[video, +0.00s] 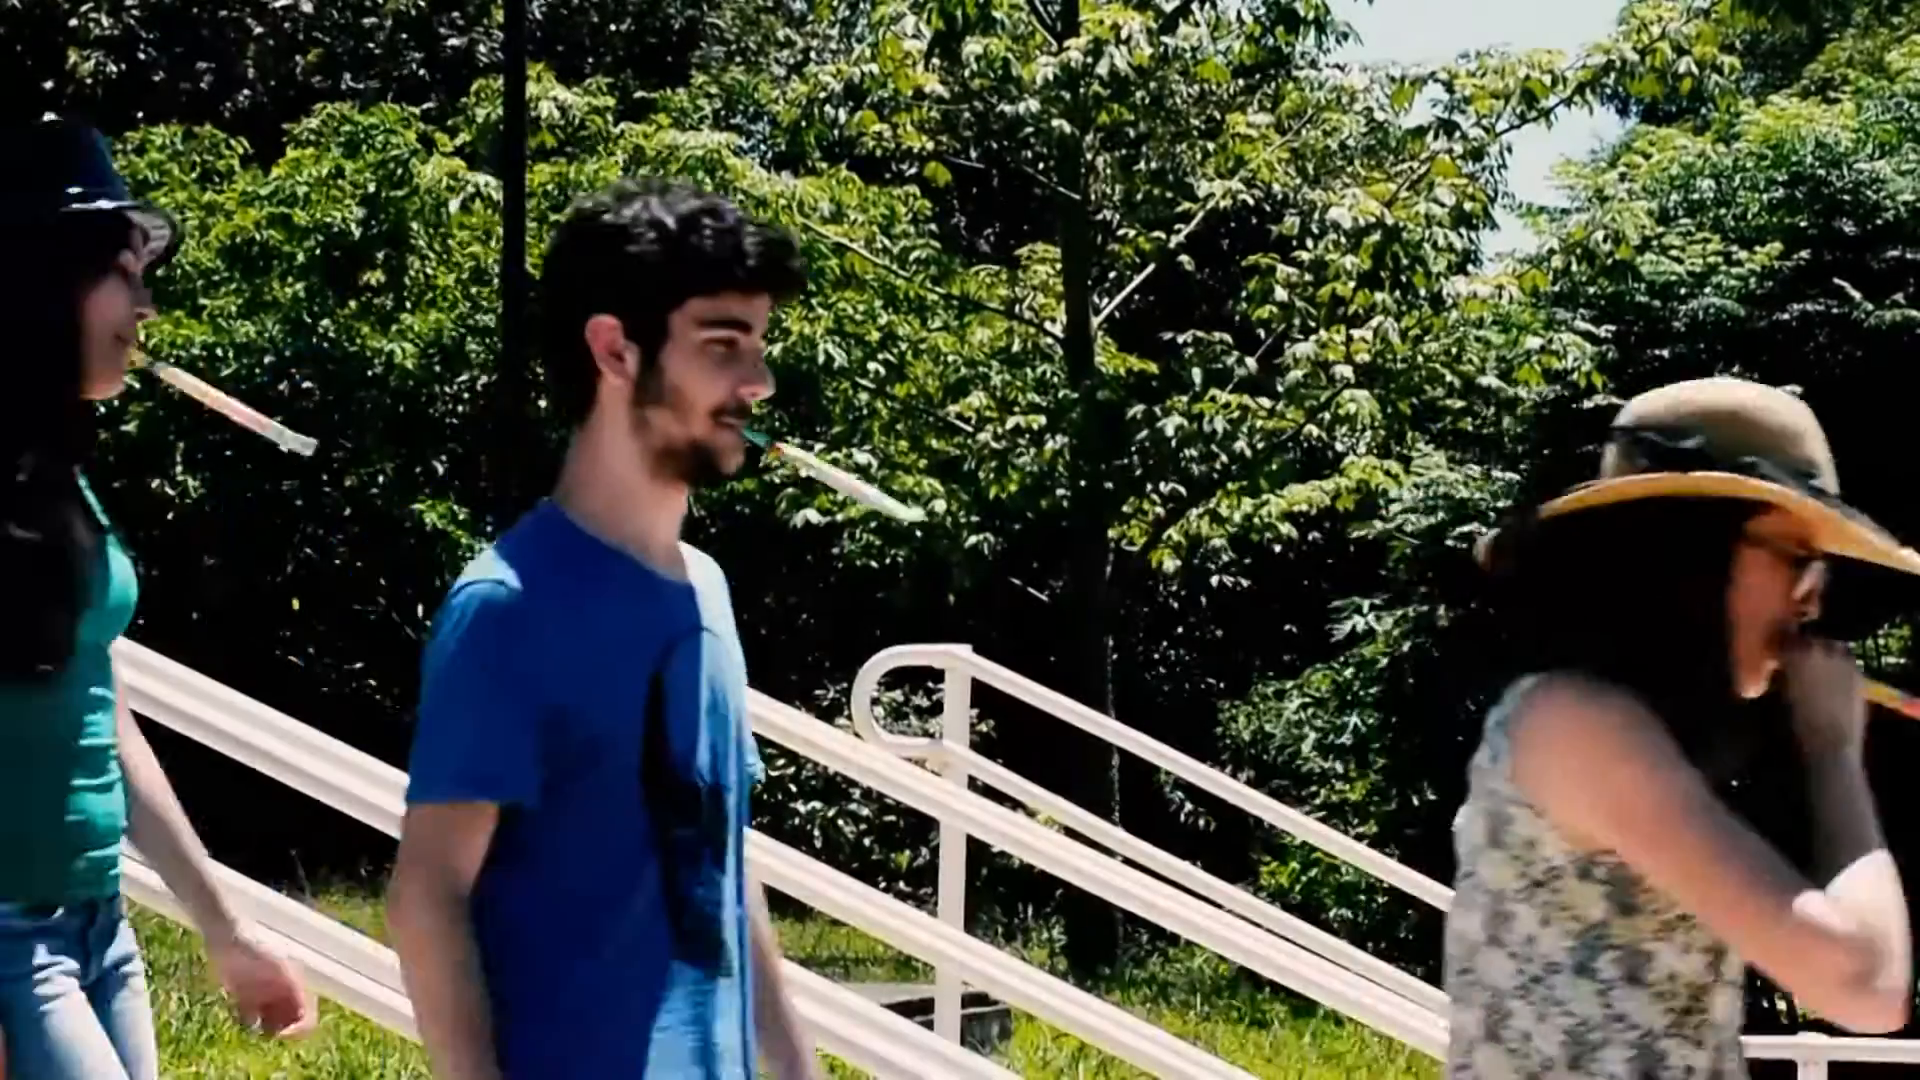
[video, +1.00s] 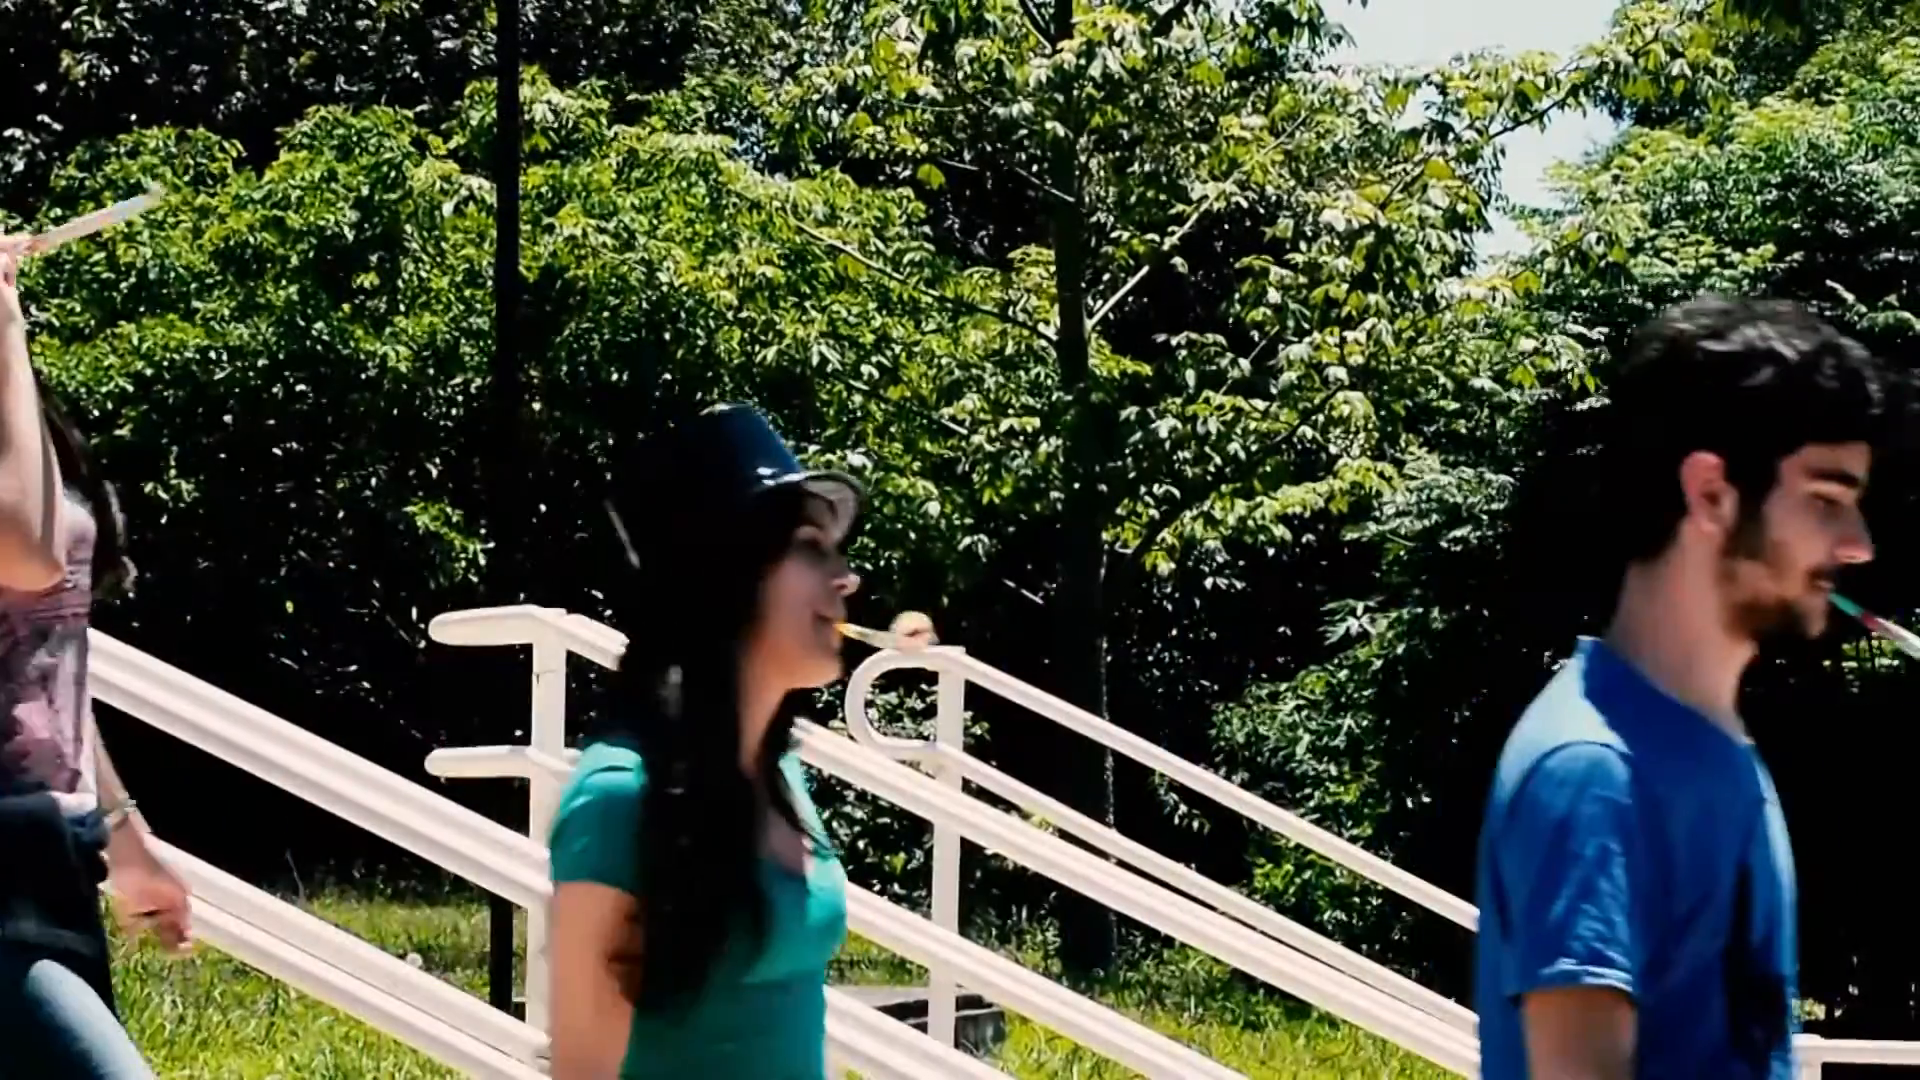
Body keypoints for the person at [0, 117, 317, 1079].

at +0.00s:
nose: (143, 308)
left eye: (142, 278)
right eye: (119, 276)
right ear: (38, 290)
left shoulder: (62, 486)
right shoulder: (8, 493)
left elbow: (104, 722)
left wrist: (223, 929)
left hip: (100, 924)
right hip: (11, 940)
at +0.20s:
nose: (259, 322)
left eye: (256, 292)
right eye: (232, 293)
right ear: (153, 306)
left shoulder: (176, 480)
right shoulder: (66, 488)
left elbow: (201, 738)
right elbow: (4, 755)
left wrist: (378, 852)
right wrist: (39, 1007)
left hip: (200, 961)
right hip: (107, 968)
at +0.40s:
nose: (346, 435)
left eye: (343, 401)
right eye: (300, 418)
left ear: (359, 405)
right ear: (233, 454)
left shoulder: (339, 607)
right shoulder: (168, 610)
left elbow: (357, 862)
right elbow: (155, 880)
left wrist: (487, 1043)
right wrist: (194, 1069)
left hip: (327, 1046)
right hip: (212, 1047)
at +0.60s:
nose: (454, 407)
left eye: (457, 373)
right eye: (410, 387)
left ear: (469, 380)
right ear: (338, 423)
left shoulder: (474, 584)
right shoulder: (270, 606)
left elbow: (462, 828)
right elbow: (262, 870)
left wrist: (482, 1025)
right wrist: (330, 1066)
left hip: (472, 1041)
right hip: (331, 1046)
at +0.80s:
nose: (647, 468)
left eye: (649, 444)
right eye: (608, 439)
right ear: (518, 461)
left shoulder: (624, 656)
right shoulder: (415, 682)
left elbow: (617, 908)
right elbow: (402, 970)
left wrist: (645, 1055)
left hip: (637, 1053)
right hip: (501, 1058)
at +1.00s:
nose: (847, 581)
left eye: (836, 551)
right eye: (811, 547)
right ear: (723, 567)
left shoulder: (782, 772)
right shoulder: (618, 798)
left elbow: (785, 1019)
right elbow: (584, 1069)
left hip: (796, 1067)